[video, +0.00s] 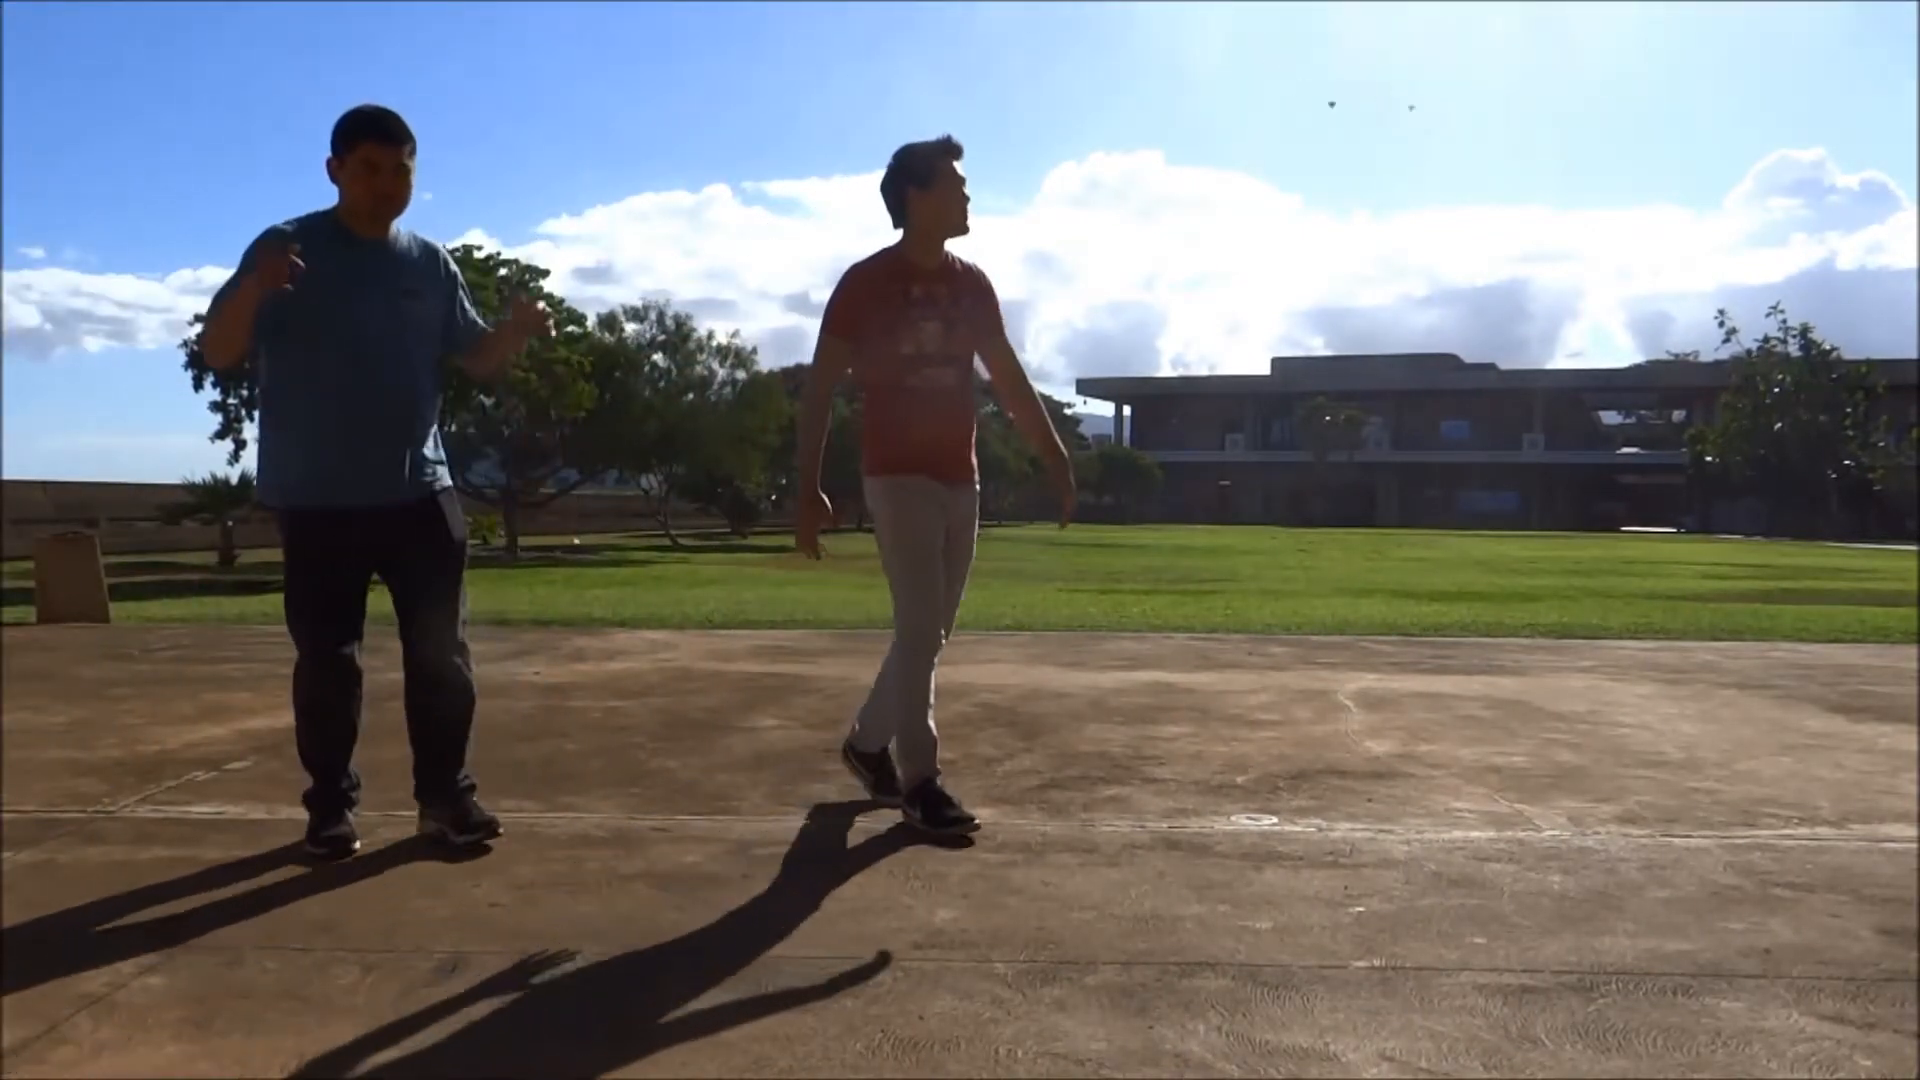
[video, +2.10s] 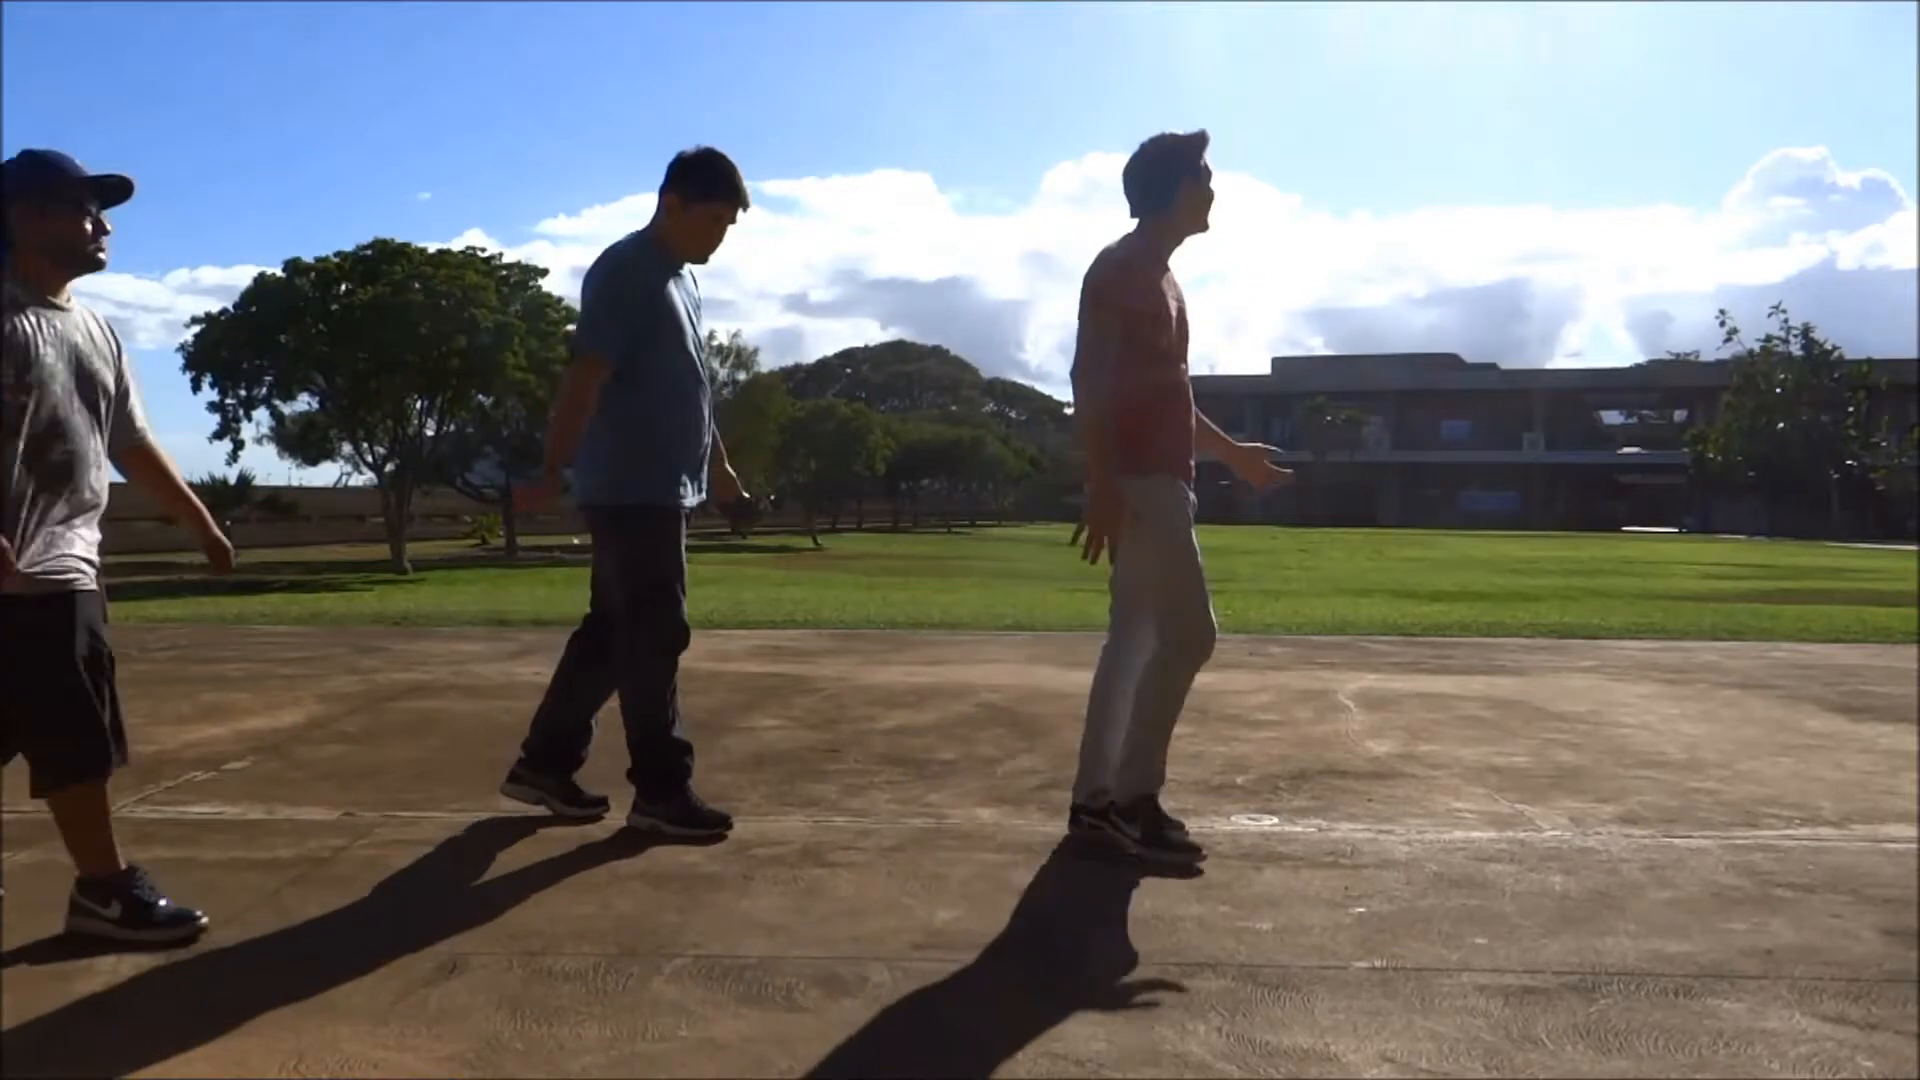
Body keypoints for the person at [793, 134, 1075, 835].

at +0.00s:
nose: (968, 193)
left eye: (964, 182)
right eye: (955, 183)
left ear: (936, 198)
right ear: (915, 196)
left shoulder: (971, 283)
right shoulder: (864, 283)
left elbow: (1007, 376)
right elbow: (821, 388)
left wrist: (1056, 456)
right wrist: (807, 487)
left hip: (960, 477)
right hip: (899, 477)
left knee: (932, 626)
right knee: (920, 624)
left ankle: (868, 738)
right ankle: (920, 784)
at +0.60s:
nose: (1003, 188)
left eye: (1002, 176)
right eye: (988, 176)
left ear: (983, 191)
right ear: (944, 188)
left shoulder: (991, 283)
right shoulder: (900, 274)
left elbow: (995, 390)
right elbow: (876, 391)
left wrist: (1018, 471)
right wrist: (897, 489)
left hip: (996, 485)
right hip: (933, 488)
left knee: (1029, 624)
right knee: (937, 640)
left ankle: (976, 768)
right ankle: (925, 787)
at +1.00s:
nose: (1048, 188)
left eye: (1043, 175)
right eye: (1035, 176)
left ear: (1011, 191)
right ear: (996, 191)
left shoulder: (1005, 285)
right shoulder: (951, 271)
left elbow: (1001, 391)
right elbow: (941, 388)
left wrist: (1018, 474)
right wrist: (994, 471)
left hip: (1007, 478)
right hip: (956, 481)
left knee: (1046, 630)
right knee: (953, 638)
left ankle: (1081, 787)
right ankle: (926, 791)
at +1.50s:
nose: (1130, 185)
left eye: (1125, 175)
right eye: (1117, 175)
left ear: (1091, 192)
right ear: (1082, 190)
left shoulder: (1076, 279)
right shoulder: (1043, 264)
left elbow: (1076, 388)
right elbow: (1043, 375)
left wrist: (1095, 480)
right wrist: (1079, 477)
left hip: (1078, 480)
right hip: (1032, 479)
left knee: (1087, 642)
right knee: (1006, 633)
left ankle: (1093, 799)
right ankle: (932, 776)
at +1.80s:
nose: (1174, 181)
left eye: (1168, 169)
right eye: (1161, 170)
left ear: (1133, 190)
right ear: (1126, 188)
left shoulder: (1121, 273)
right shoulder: (1091, 265)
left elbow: (1109, 389)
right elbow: (1077, 380)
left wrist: (1153, 457)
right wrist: (1108, 471)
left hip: (1123, 479)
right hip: (1089, 476)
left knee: (1115, 641)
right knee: (1097, 638)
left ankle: (1096, 799)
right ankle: (983, 752)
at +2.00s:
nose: (1200, 188)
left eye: (1195, 176)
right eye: (1188, 176)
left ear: (1155, 191)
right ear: (1155, 189)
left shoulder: (1147, 276)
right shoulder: (1110, 269)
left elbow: (1155, 392)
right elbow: (1090, 386)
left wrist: (1208, 456)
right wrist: (1102, 483)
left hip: (1149, 481)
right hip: (1127, 483)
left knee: (1133, 633)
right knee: (1165, 633)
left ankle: (1103, 792)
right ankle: (1072, 778)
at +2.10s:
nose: (1215, 190)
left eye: (1211, 178)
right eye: (1204, 178)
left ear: (1169, 193)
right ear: (1173, 191)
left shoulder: (1164, 280)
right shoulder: (1119, 270)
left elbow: (1170, 399)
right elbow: (1091, 387)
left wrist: (1235, 452)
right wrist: (1100, 486)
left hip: (1162, 487)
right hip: (1141, 488)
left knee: (1136, 635)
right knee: (1188, 638)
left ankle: (1099, 804)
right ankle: (1131, 803)